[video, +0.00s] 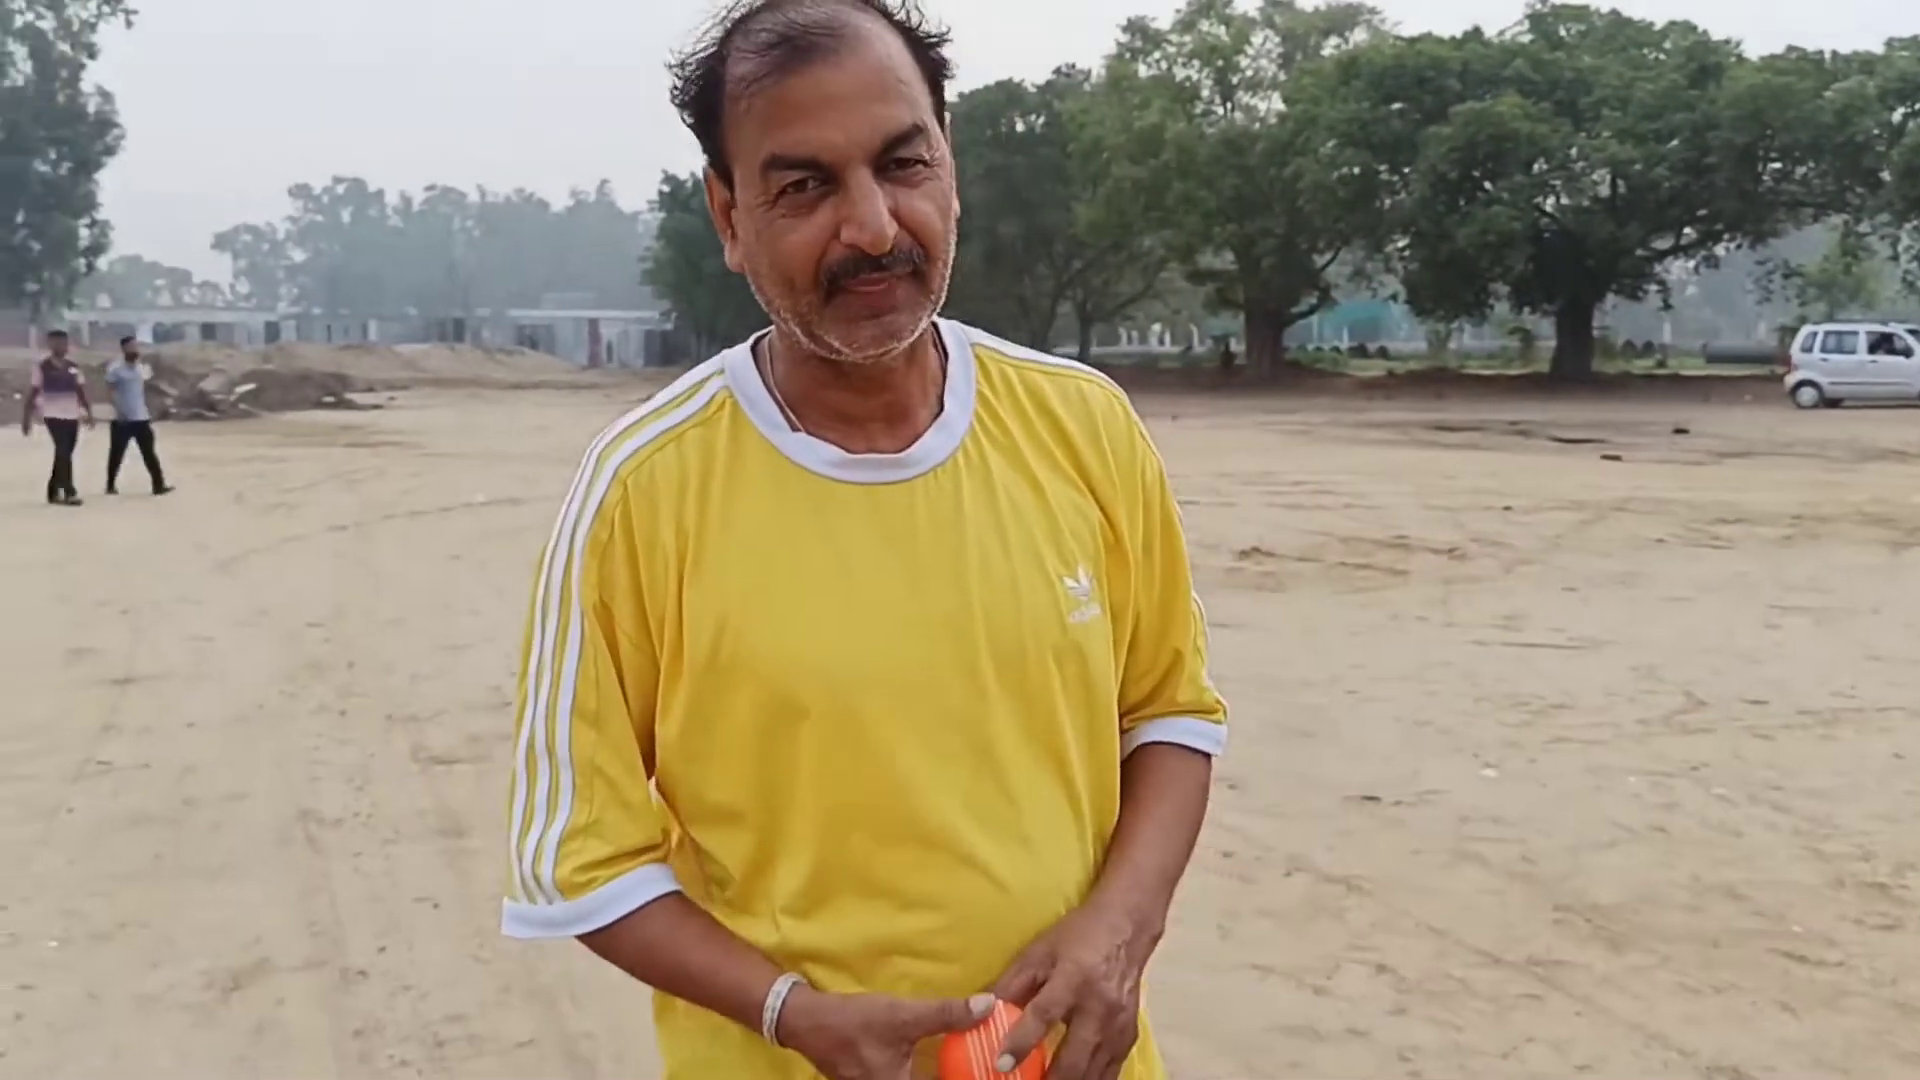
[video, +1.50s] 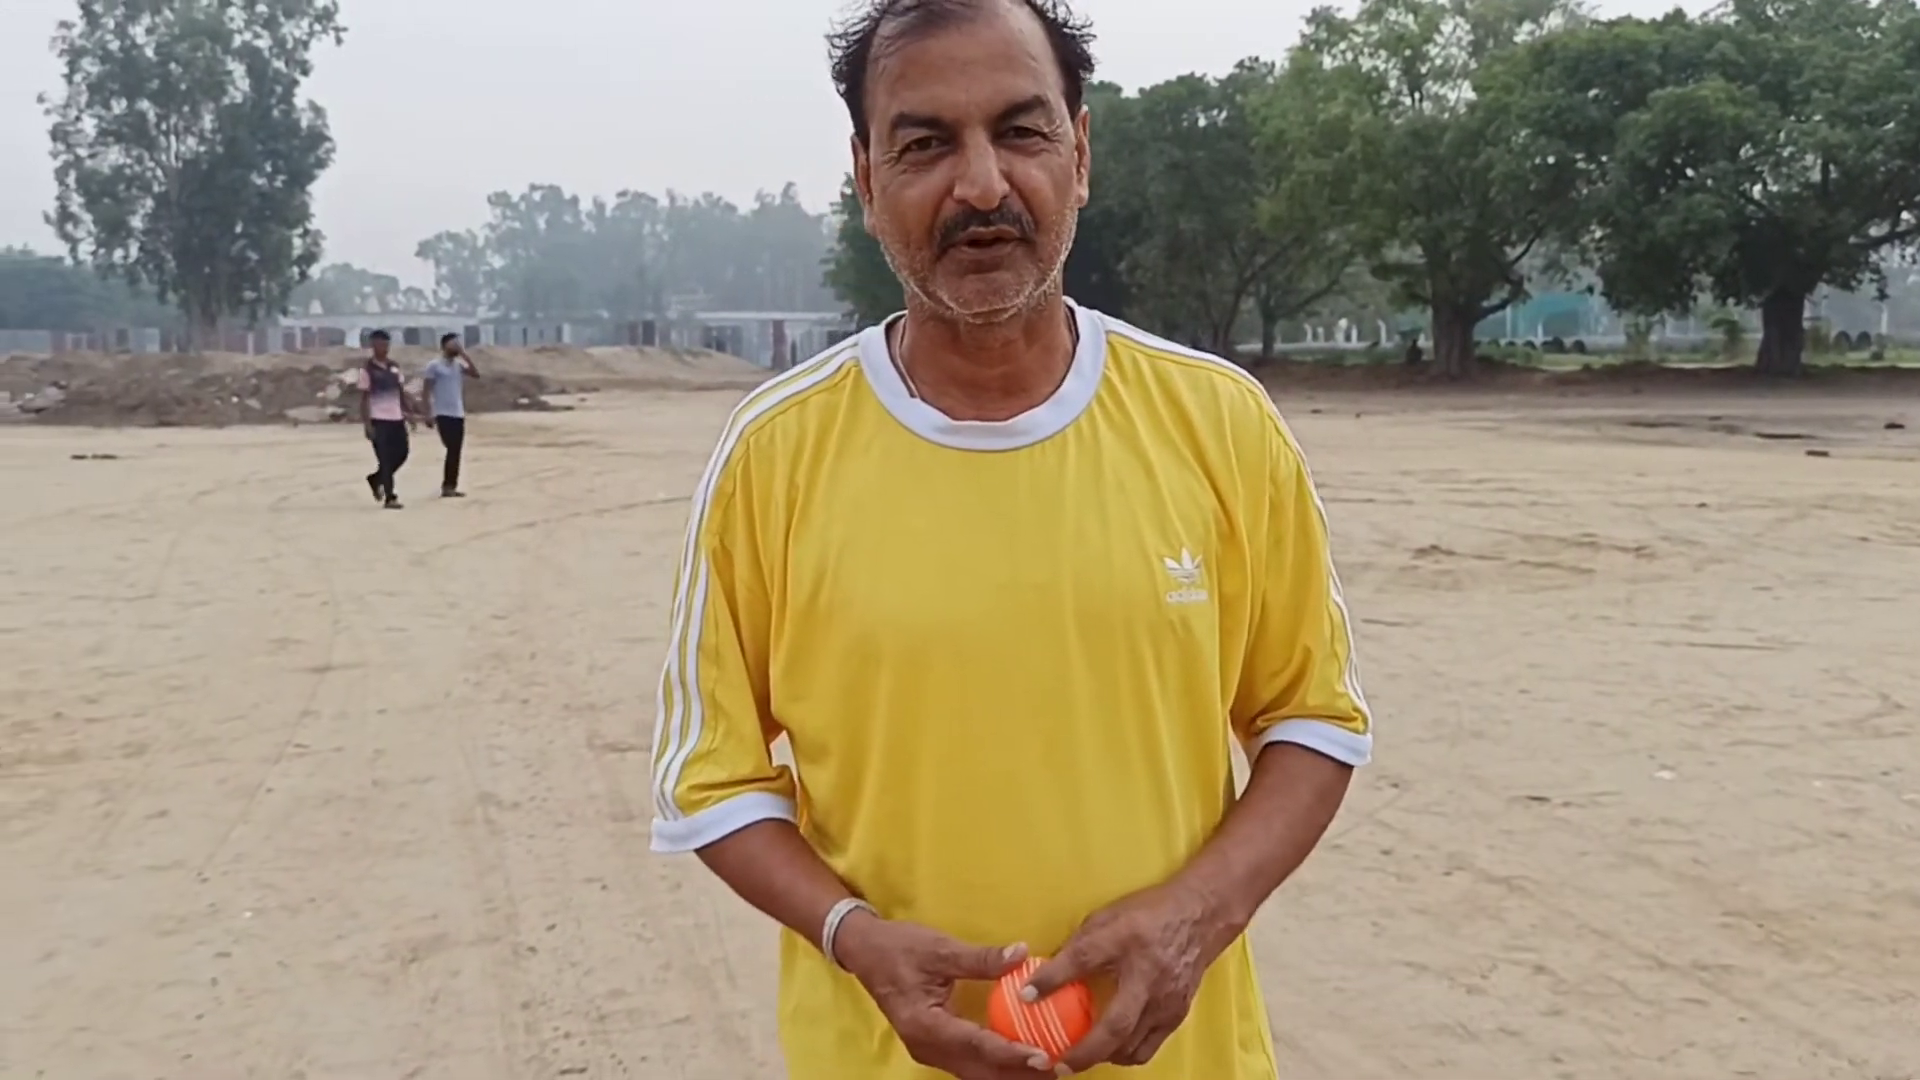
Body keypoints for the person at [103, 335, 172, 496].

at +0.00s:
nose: (134, 349)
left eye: (135, 346)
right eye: (131, 346)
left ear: (137, 348)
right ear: (124, 349)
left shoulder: (139, 368)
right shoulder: (115, 370)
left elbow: (139, 391)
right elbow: (109, 394)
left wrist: (143, 410)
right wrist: (119, 410)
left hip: (141, 419)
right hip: (122, 419)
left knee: (149, 454)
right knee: (116, 456)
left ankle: (158, 484)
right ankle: (110, 485)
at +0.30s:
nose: (230, 346)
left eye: (231, 343)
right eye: (226, 343)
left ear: (232, 345)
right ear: (218, 345)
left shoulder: (234, 364)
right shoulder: (208, 365)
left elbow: (238, 385)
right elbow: (202, 390)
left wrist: (245, 400)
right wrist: (204, 408)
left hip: (234, 412)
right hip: (217, 412)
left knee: (234, 450)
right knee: (225, 447)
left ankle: (229, 483)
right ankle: (211, 472)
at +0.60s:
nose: (285, 352)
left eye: (286, 348)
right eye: (282, 348)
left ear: (285, 351)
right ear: (272, 350)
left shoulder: (285, 368)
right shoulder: (261, 370)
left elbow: (303, 372)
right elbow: (253, 395)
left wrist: (293, 353)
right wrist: (253, 418)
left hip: (285, 416)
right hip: (270, 416)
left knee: (275, 452)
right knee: (281, 453)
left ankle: (261, 482)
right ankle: (291, 486)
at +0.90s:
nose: (323, 347)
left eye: (325, 344)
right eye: (320, 343)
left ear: (327, 346)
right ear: (311, 345)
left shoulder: (327, 364)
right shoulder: (302, 366)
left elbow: (346, 367)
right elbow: (296, 392)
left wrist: (335, 348)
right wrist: (302, 412)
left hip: (328, 414)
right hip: (310, 415)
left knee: (337, 447)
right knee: (311, 454)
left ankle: (322, 476)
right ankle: (313, 485)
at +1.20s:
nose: (394, 353)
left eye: (396, 350)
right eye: (391, 349)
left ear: (397, 351)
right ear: (382, 350)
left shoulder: (396, 369)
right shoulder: (373, 371)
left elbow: (416, 373)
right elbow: (365, 394)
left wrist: (406, 356)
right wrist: (372, 412)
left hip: (398, 419)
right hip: (380, 420)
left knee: (407, 455)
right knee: (371, 456)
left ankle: (412, 487)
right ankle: (358, 485)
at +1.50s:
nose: (456, 347)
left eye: (457, 343)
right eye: (453, 343)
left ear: (458, 346)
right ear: (445, 346)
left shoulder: (457, 365)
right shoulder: (434, 366)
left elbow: (475, 374)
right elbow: (426, 391)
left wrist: (464, 355)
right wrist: (428, 414)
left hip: (458, 413)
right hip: (443, 413)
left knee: (456, 450)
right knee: (452, 449)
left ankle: (452, 485)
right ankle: (447, 485)